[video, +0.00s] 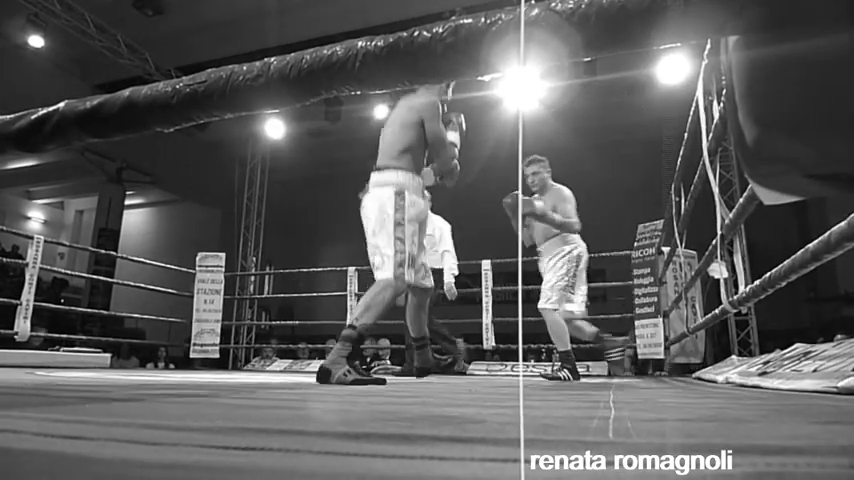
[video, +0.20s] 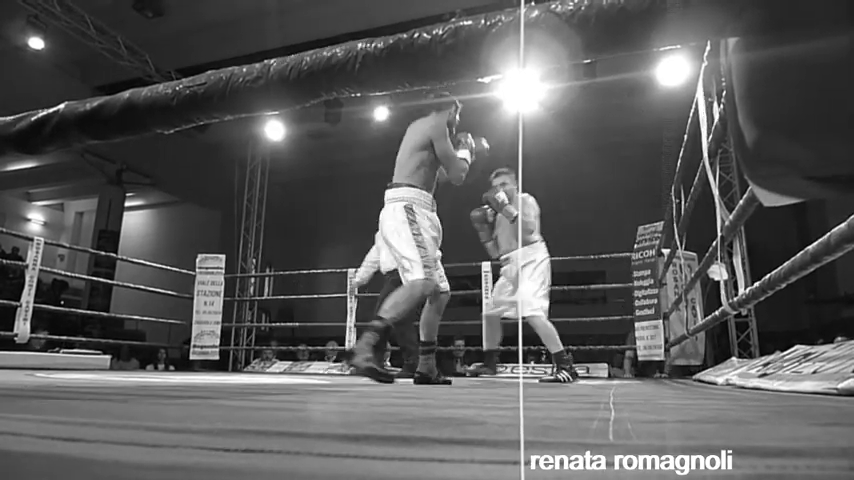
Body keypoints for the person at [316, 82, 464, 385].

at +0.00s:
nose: (451, 92)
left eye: (452, 86)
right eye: (451, 85)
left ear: (421, 81)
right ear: (443, 82)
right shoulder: (427, 103)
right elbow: (445, 162)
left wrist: (441, 166)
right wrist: (455, 135)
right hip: (397, 193)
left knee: (421, 284)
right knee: (396, 279)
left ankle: (421, 359)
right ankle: (337, 359)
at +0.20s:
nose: (456, 119)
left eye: (456, 114)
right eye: (456, 113)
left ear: (435, 109)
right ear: (449, 110)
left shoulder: (421, 130)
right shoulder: (435, 125)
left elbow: (441, 177)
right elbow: (458, 174)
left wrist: (459, 150)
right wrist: (468, 151)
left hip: (416, 211)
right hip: (408, 209)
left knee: (440, 292)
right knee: (424, 282)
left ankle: (426, 367)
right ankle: (366, 347)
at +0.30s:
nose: (464, 126)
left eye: (465, 121)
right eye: (464, 121)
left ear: (443, 113)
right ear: (457, 117)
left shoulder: (429, 131)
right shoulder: (444, 128)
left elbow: (452, 174)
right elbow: (463, 179)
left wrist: (463, 153)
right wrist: (472, 156)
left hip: (411, 208)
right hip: (411, 207)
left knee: (442, 284)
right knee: (439, 282)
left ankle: (425, 356)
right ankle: (391, 348)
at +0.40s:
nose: (472, 143)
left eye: (472, 139)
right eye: (472, 138)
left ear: (448, 132)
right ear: (467, 134)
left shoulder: (428, 152)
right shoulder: (457, 149)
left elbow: (418, 194)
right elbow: (479, 192)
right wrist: (486, 169)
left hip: (406, 221)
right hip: (423, 223)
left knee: (436, 294)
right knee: (448, 294)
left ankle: (430, 360)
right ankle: (396, 355)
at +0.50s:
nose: (470, 166)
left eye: (468, 162)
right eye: (469, 162)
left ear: (443, 157)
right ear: (466, 159)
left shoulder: (422, 176)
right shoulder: (464, 171)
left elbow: (403, 215)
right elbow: (482, 215)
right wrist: (488, 184)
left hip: (405, 242)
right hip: (429, 243)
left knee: (440, 307)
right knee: (464, 313)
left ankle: (432, 364)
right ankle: (407, 352)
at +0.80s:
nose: (457, 151)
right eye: (456, 148)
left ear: (430, 153)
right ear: (455, 148)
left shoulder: (415, 172)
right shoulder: (465, 159)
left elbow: (399, 215)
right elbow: (489, 202)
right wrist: (470, 180)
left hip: (411, 230)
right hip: (440, 226)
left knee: (435, 300)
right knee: (464, 298)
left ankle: (451, 361)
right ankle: (418, 338)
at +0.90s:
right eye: (454, 127)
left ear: (428, 128)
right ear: (454, 126)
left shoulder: (410, 150)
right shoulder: (465, 140)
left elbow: (396, 192)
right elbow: (479, 188)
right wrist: (463, 170)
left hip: (408, 211)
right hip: (441, 207)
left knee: (427, 290)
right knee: (452, 285)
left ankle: (423, 357)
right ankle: (435, 352)